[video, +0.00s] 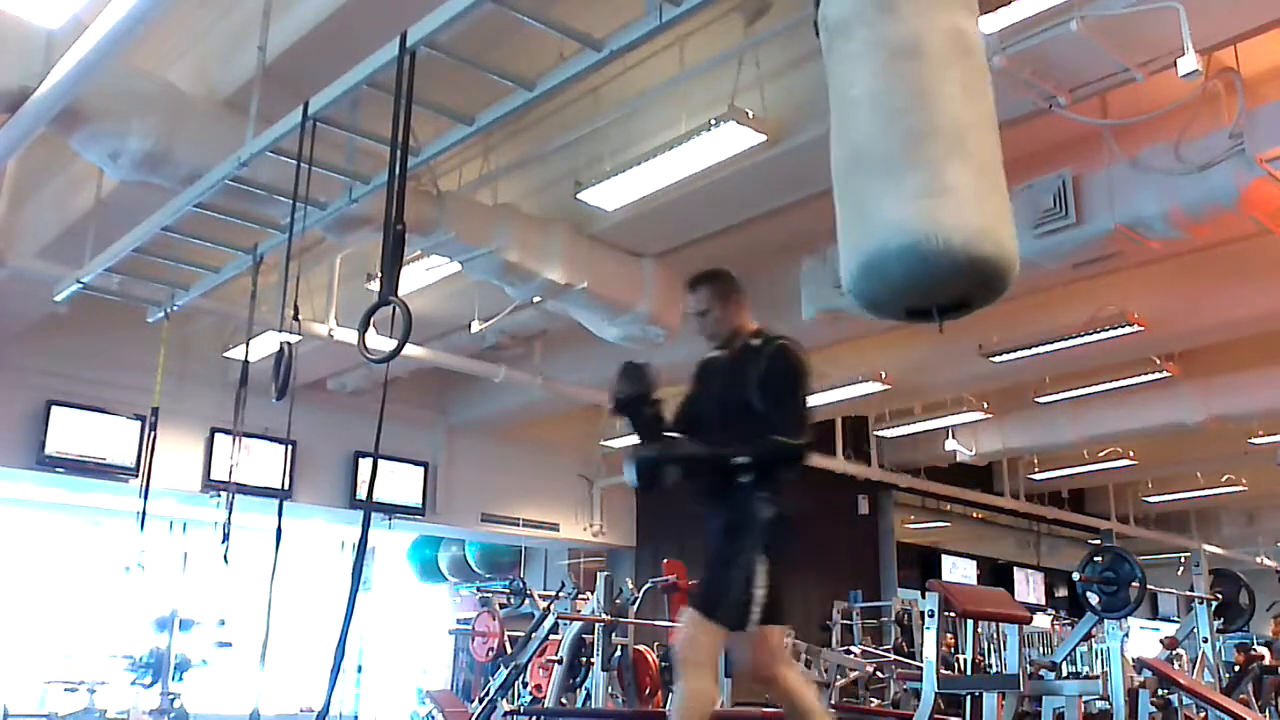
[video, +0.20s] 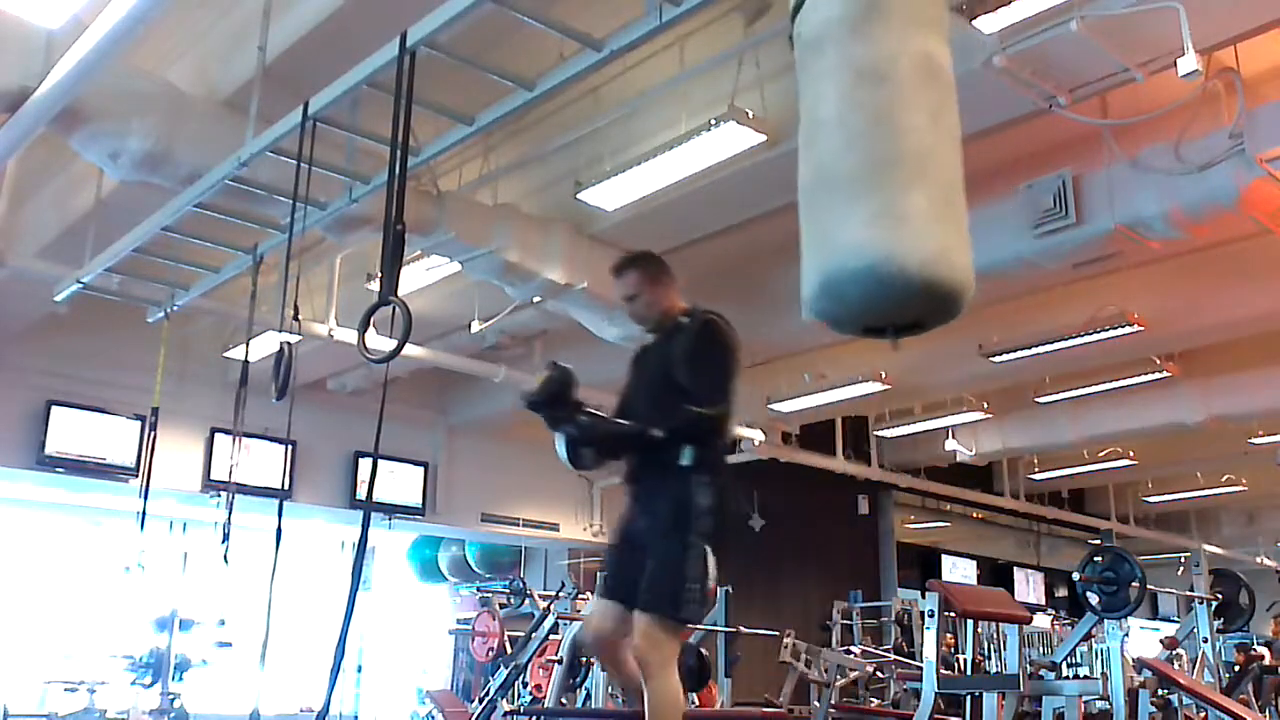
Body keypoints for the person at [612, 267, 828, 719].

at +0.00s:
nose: (698, 325)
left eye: (704, 313)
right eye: (694, 316)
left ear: (735, 304)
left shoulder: (777, 356)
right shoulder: (711, 370)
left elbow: (788, 442)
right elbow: (672, 447)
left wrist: (699, 454)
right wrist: (639, 407)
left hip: (760, 517)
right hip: (730, 516)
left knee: (695, 647)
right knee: (766, 661)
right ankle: (823, 715)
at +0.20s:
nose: (628, 311)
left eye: (633, 298)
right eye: (625, 302)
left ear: (662, 286)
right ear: (635, 298)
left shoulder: (705, 333)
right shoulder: (647, 356)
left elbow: (708, 424)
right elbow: (621, 434)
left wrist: (626, 435)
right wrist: (569, 414)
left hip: (686, 503)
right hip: (648, 503)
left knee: (653, 647)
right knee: (602, 635)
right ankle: (654, 705)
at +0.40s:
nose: (561, 297)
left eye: (564, 283)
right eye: (554, 289)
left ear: (594, 270)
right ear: (557, 291)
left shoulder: (638, 314)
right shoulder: (581, 347)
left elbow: (629, 401)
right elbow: (565, 430)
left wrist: (545, 424)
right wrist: (494, 400)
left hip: (625, 497)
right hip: (575, 499)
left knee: (633, 653)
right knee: (523, 637)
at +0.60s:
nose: (477, 294)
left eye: (481, 279)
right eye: (471, 284)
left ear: (514, 267)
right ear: (480, 282)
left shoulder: (559, 310)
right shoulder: (502, 342)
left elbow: (544, 405)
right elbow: (483, 429)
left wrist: (452, 428)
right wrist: (414, 414)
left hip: (547, 492)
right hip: (495, 491)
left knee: (546, 658)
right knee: (449, 631)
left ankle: (607, 711)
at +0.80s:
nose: (416, 257)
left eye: (424, 243)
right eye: (408, 247)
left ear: (458, 234)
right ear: (405, 248)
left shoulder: (502, 284)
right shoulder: (414, 308)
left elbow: (497, 376)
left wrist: (418, 398)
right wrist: (353, 391)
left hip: (476, 463)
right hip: (419, 463)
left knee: (405, 607)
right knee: (395, 627)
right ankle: (410, 715)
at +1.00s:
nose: (361, 229)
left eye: (371, 215)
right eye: (352, 219)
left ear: (403, 210)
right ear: (346, 223)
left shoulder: (448, 274)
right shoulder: (345, 279)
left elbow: (445, 375)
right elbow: (317, 358)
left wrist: (364, 365)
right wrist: (309, 344)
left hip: (407, 458)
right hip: (348, 456)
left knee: (335, 624)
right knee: (371, 641)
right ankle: (404, 717)